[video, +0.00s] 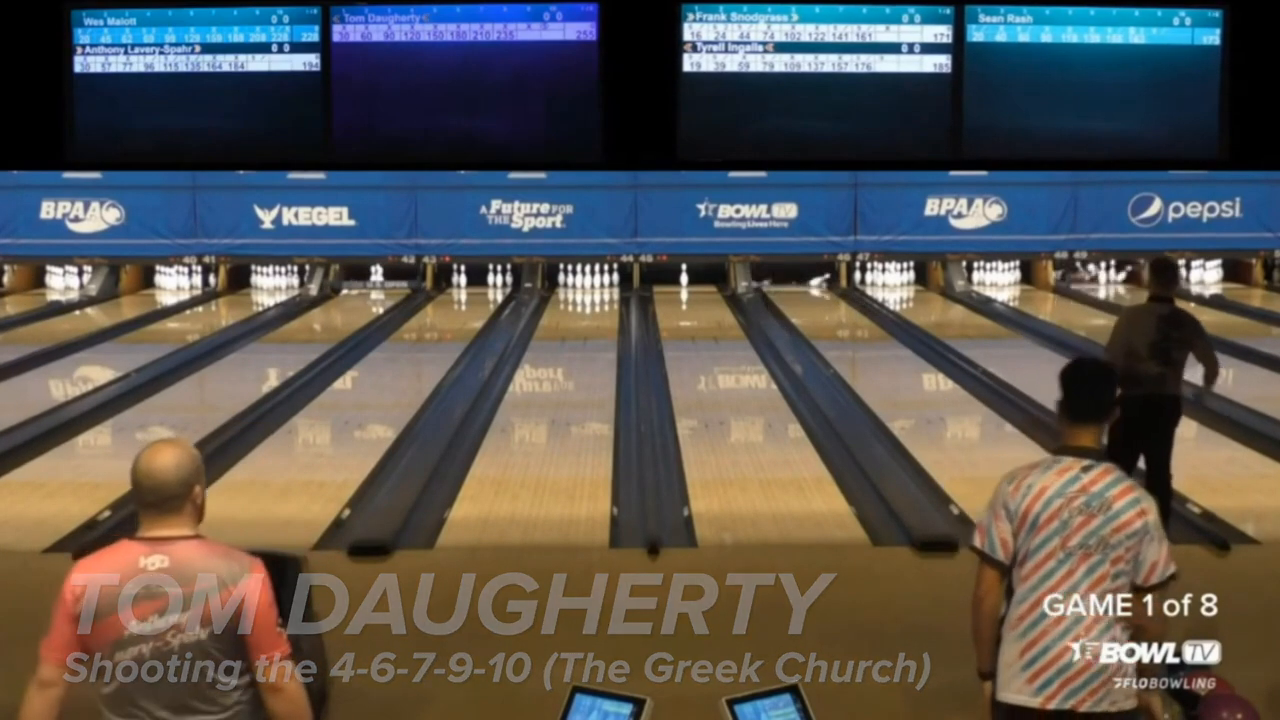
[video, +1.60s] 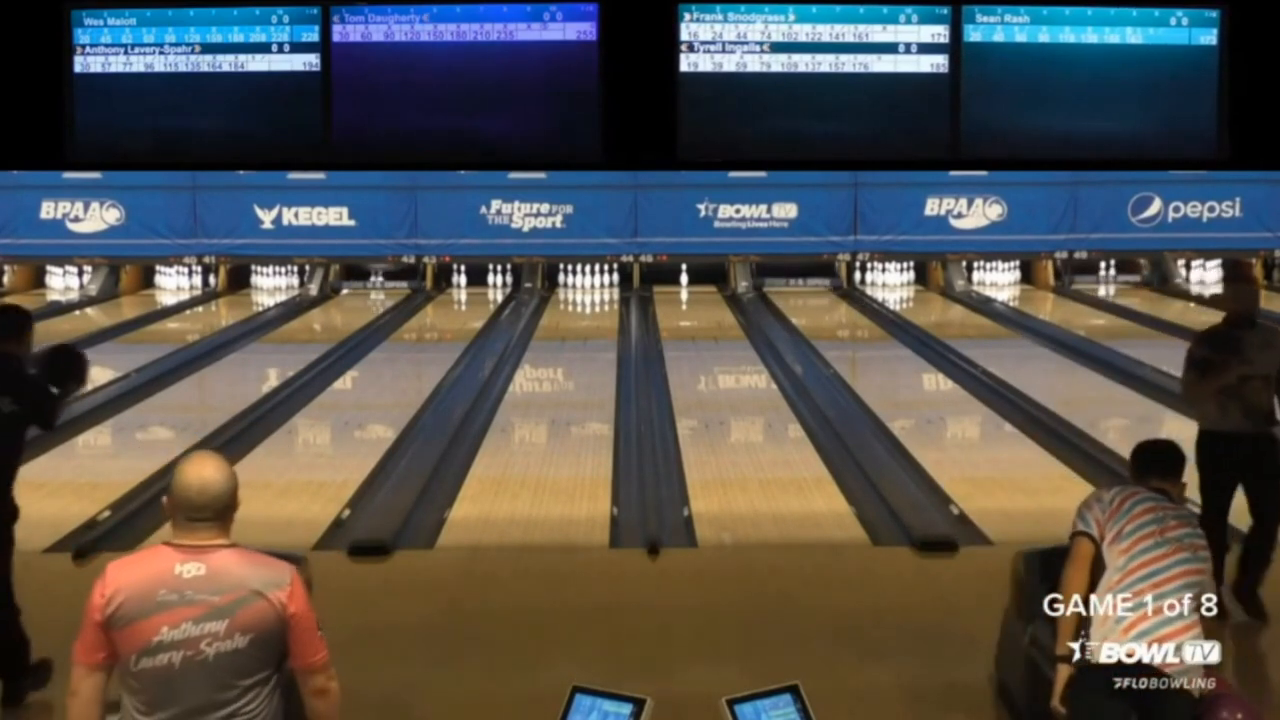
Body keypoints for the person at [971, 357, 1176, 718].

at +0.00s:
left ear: (1060, 409)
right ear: (1114, 415)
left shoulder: (1018, 486)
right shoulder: (1137, 503)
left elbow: (987, 593)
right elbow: (1148, 610)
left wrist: (987, 673)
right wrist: (1147, 682)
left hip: (1024, 688)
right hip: (1104, 693)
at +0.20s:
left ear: (1096, 416)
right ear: (1150, 419)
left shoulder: (1055, 482)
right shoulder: (1167, 503)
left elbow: (1024, 582)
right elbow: (1177, 601)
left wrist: (1014, 670)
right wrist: (1173, 678)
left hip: (1053, 686)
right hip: (1129, 693)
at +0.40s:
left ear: (1124, 432)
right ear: (1180, 437)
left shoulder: (1083, 483)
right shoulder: (1191, 512)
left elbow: (1047, 583)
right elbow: (1212, 601)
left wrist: (1035, 668)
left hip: (1075, 685)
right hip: (1151, 696)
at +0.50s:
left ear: (1135, 451)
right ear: (1188, 461)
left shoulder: (1097, 490)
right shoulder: (1199, 523)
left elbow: (1060, 590)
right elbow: (1214, 620)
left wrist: (1048, 667)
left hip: (1090, 683)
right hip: (1164, 696)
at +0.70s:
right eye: (1195, 464)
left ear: (1140, 456)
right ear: (1192, 467)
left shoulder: (1103, 494)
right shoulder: (1198, 525)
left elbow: (1065, 591)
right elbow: (1207, 620)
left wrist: (1053, 666)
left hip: (1094, 686)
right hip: (1168, 698)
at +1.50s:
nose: (1185, 491)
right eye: (1185, 486)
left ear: (1134, 475)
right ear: (1181, 485)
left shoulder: (1107, 499)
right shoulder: (1192, 522)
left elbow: (1074, 582)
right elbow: (1207, 603)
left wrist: (1063, 658)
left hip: (1107, 679)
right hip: (1178, 691)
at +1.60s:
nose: (1181, 491)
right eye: (1180, 486)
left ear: (1132, 475)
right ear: (1179, 485)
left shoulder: (1106, 500)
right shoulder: (1192, 521)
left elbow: (1074, 585)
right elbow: (1208, 604)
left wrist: (1064, 658)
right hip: (1180, 688)